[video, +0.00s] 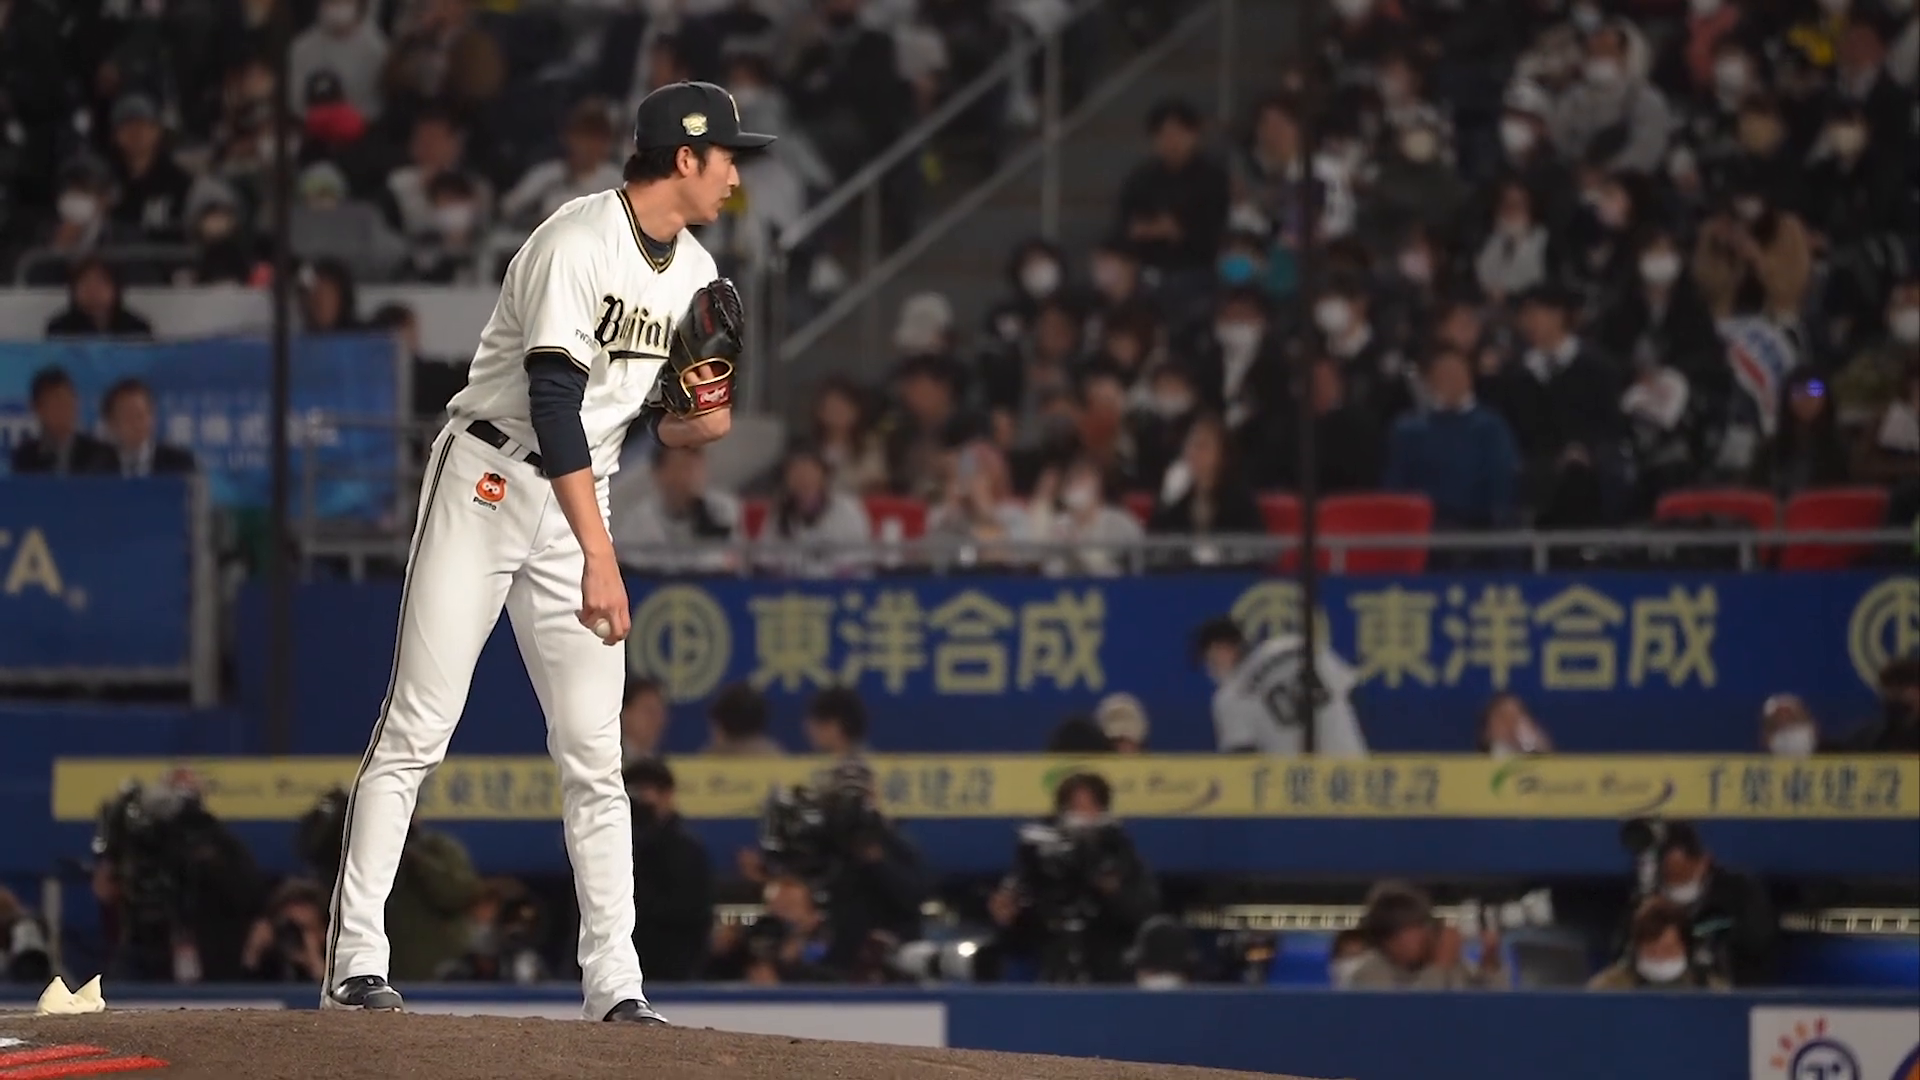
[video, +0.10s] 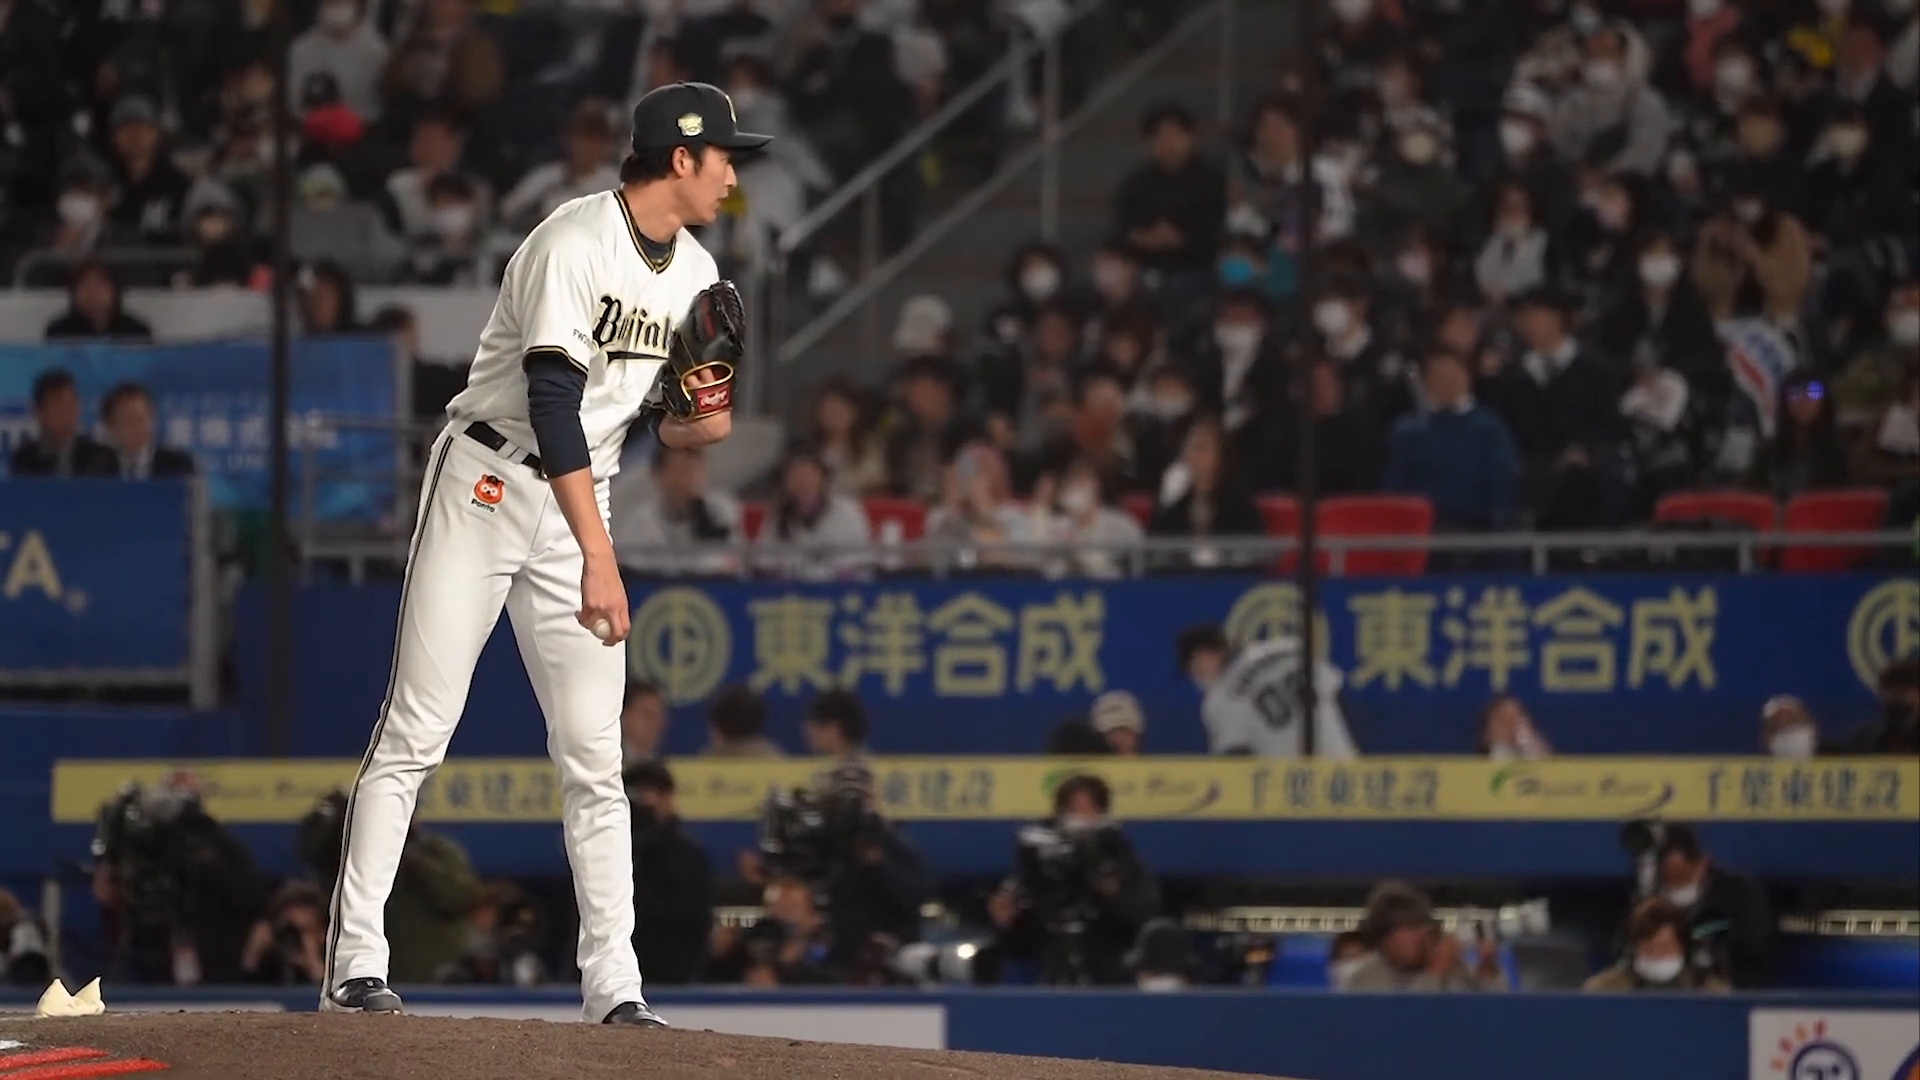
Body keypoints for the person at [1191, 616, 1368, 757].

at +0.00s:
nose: (1211, 672)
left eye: (1210, 661)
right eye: (1207, 664)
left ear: (1222, 651)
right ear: (1240, 640)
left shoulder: (1230, 697)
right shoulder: (1294, 644)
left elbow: (1240, 764)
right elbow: (1349, 689)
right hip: (1355, 774)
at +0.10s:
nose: (1198, 681)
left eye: (1195, 671)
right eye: (1193, 674)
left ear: (1205, 659)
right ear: (1225, 645)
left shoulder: (1219, 701)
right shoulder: (1288, 647)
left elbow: (1234, 765)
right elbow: (1335, 685)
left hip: (1287, 788)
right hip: (1346, 771)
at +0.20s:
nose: (1190, 684)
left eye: (1186, 675)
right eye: (1184, 678)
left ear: (1196, 662)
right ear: (1215, 650)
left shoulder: (1215, 697)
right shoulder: (1283, 651)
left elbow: (1233, 759)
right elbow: (1332, 700)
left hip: (1283, 789)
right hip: (1342, 772)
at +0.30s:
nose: (1186, 688)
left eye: (1182, 677)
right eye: (1180, 681)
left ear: (1190, 663)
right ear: (1209, 648)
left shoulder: (1213, 695)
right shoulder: (1271, 650)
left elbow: (1229, 760)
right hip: (1341, 766)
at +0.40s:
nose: (1179, 692)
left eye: (1176, 680)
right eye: (1173, 684)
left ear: (1189, 664)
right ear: (1203, 653)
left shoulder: (1212, 699)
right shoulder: (1259, 654)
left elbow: (1222, 759)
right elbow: (1310, 677)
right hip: (1337, 761)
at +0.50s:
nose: (1178, 694)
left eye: (1174, 684)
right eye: (1172, 686)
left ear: (1185, 671)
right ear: (1202, 654)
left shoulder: (1214, 705)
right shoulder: (1255, 658)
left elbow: (1219, 768)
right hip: (1335, 767)